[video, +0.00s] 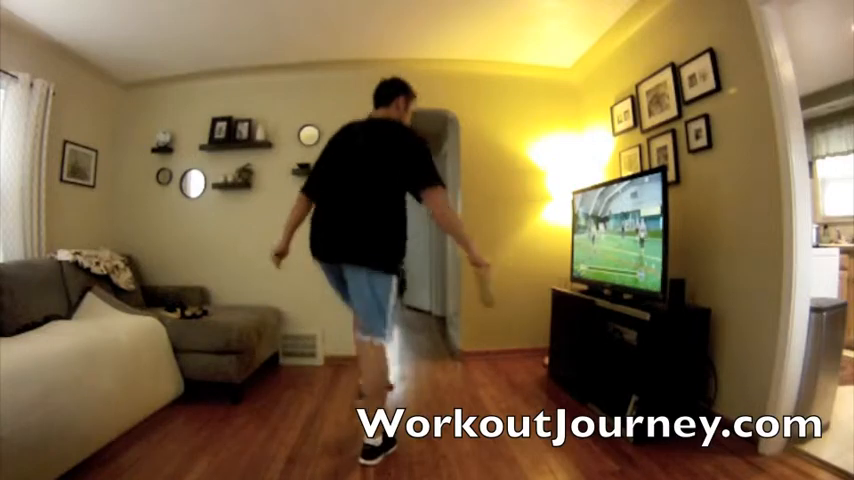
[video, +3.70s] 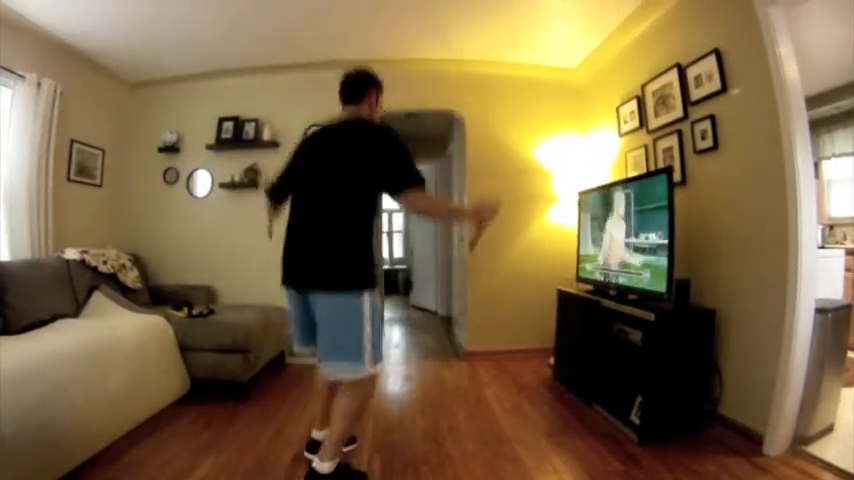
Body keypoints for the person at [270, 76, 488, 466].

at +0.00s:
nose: (411, 115)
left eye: (412, 109)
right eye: (411, 108)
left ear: (375, 102)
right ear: (401, 103)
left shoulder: (345, 135)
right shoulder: (406, 141)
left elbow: (309, 192)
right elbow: (437, 205)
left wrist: (284, 239)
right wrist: (471, 250)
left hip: (328, 246)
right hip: (373, 250)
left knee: (365, 322)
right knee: (373, 337)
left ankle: (371, 383)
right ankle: (374, 434)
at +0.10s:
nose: (406, 101)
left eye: (406, 96)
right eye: (406, 94)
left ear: (371, 88)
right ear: (397, 90)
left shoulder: (341, 119)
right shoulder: (403, 123)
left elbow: (308, 178)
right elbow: (425, 179)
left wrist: (280, 224)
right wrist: (453, 233)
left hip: (322, 231)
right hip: (367, 236)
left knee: (365, 313)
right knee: (362, 336)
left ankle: (369, 385)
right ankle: (350, 433)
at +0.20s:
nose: (398, 103)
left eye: (398, 98)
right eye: (399, 97)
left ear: (365, 93)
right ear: (391, 93)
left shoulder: (337, 126)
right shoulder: (396, 127)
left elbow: (298, 182)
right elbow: (416, 183)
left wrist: (261, 226)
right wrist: (446, 232)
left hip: (330, 241)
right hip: (372, 245)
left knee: (355, 329)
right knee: (379, 337)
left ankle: (343, 415)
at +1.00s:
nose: (413, 109)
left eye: (412, 104)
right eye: (414, 103)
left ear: (382, 97)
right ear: (408, 99)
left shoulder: (351, 126)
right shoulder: (407, 130)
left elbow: (319, 179)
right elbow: (427, 183)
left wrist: (288, 218)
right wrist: (455, 237)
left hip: (333, 226)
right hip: (379, 225)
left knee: (343, 318)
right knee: (404, 292)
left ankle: (311, 409)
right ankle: (381, 379)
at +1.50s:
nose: (406, 110)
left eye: (405, 104)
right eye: (406, 103)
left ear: (372, 99)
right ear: (396, 100)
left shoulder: (341, 128)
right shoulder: (400, 135)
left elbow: (301, 176)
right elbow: (411, 189)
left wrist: (269, 198)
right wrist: (470, 197)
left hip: (315, 240)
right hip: (361, 247)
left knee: (313, 327)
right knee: (361, 336)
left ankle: (262, 382)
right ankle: (344, 426)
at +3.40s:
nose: (388, 113)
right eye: (386, 105)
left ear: (349, 102)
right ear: (380, 100)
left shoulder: (320, 125)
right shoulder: (372, 103)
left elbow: (280, 164)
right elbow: (391, 148)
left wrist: (257, 208)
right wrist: (430, 191)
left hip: (299, 214)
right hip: (339, 213)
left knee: (325, 312)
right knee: (329, 316)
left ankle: (325, 396)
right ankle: (293, 419)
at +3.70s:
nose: (381, 106)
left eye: (380, 98)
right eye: (380, 98)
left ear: (341, 100)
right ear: (374, 98)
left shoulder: (315, 139)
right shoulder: (378, 138)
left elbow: (277, 192)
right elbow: (413, 200)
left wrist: (274, 211)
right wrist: (471, 213)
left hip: (301, 270)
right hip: (346, 273)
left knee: (330, 361)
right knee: (359, 376)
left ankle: (323, 435)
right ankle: (327, 463)